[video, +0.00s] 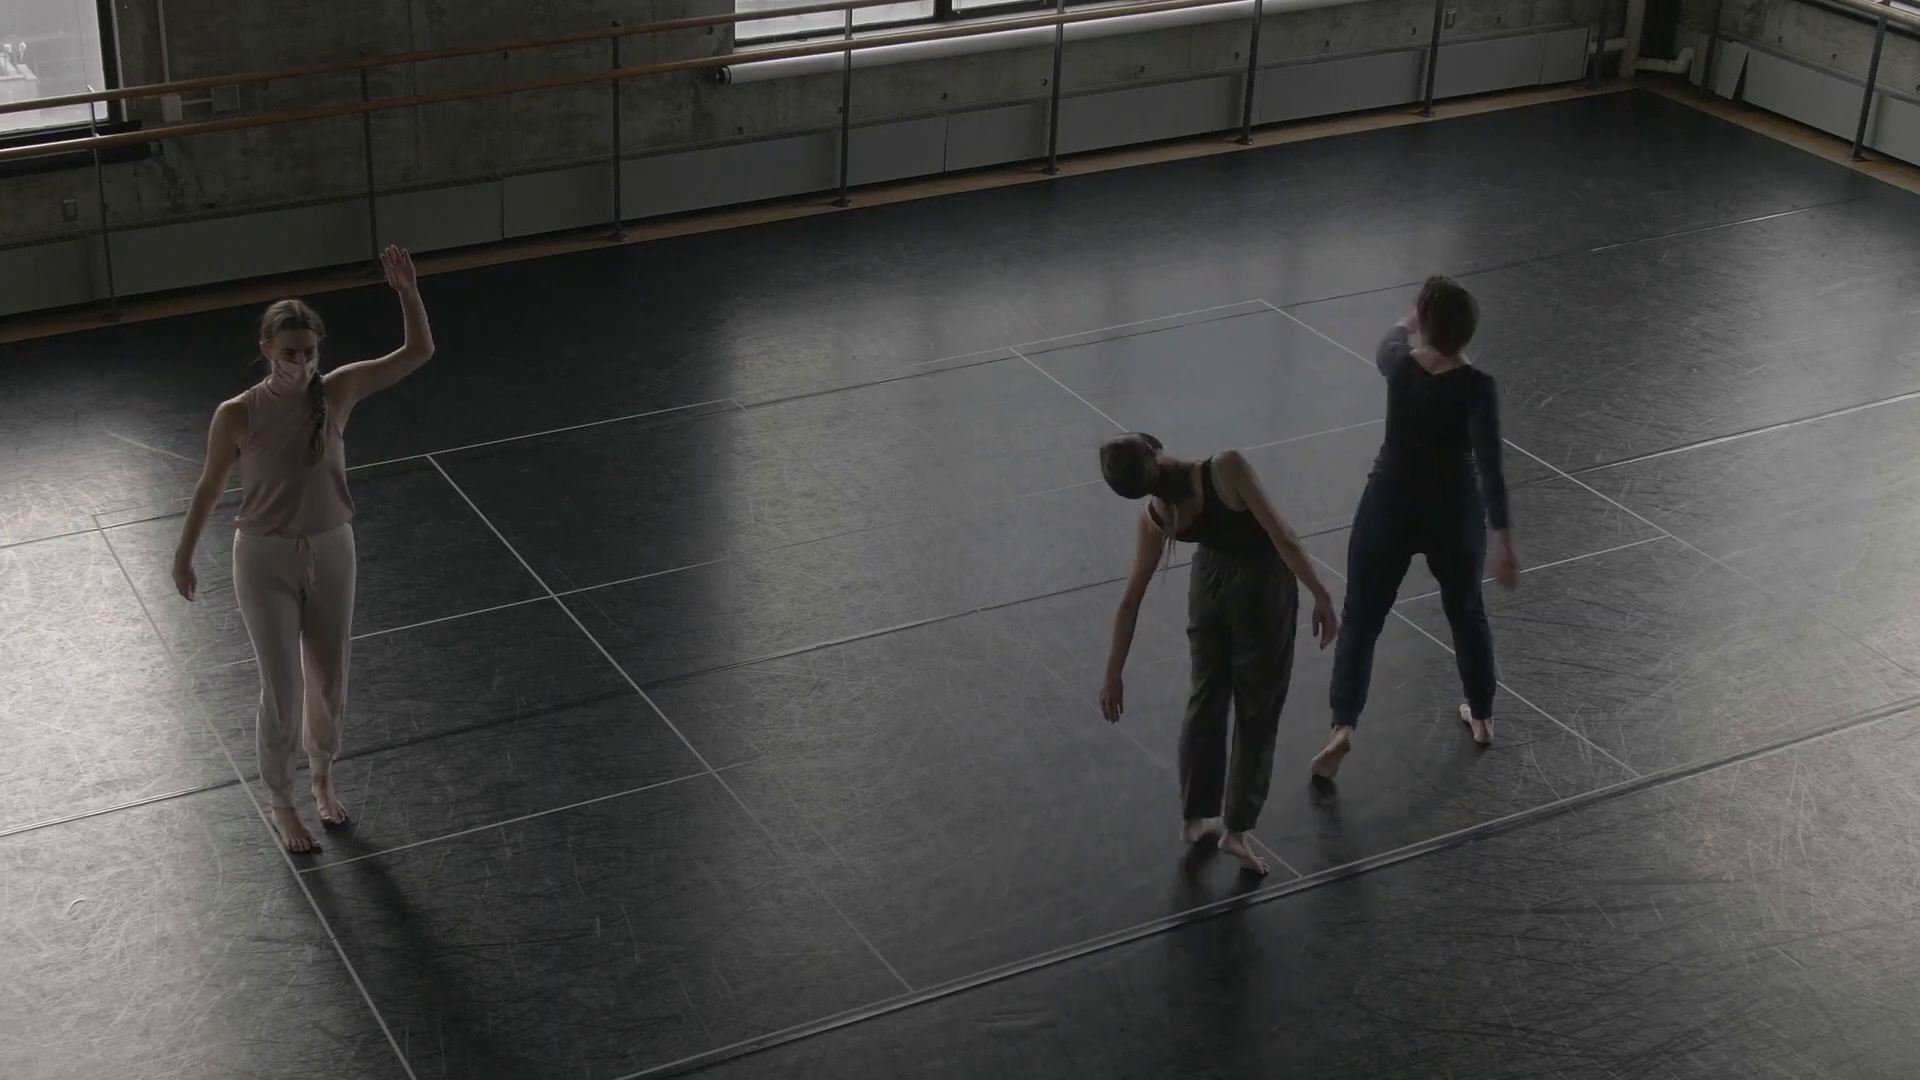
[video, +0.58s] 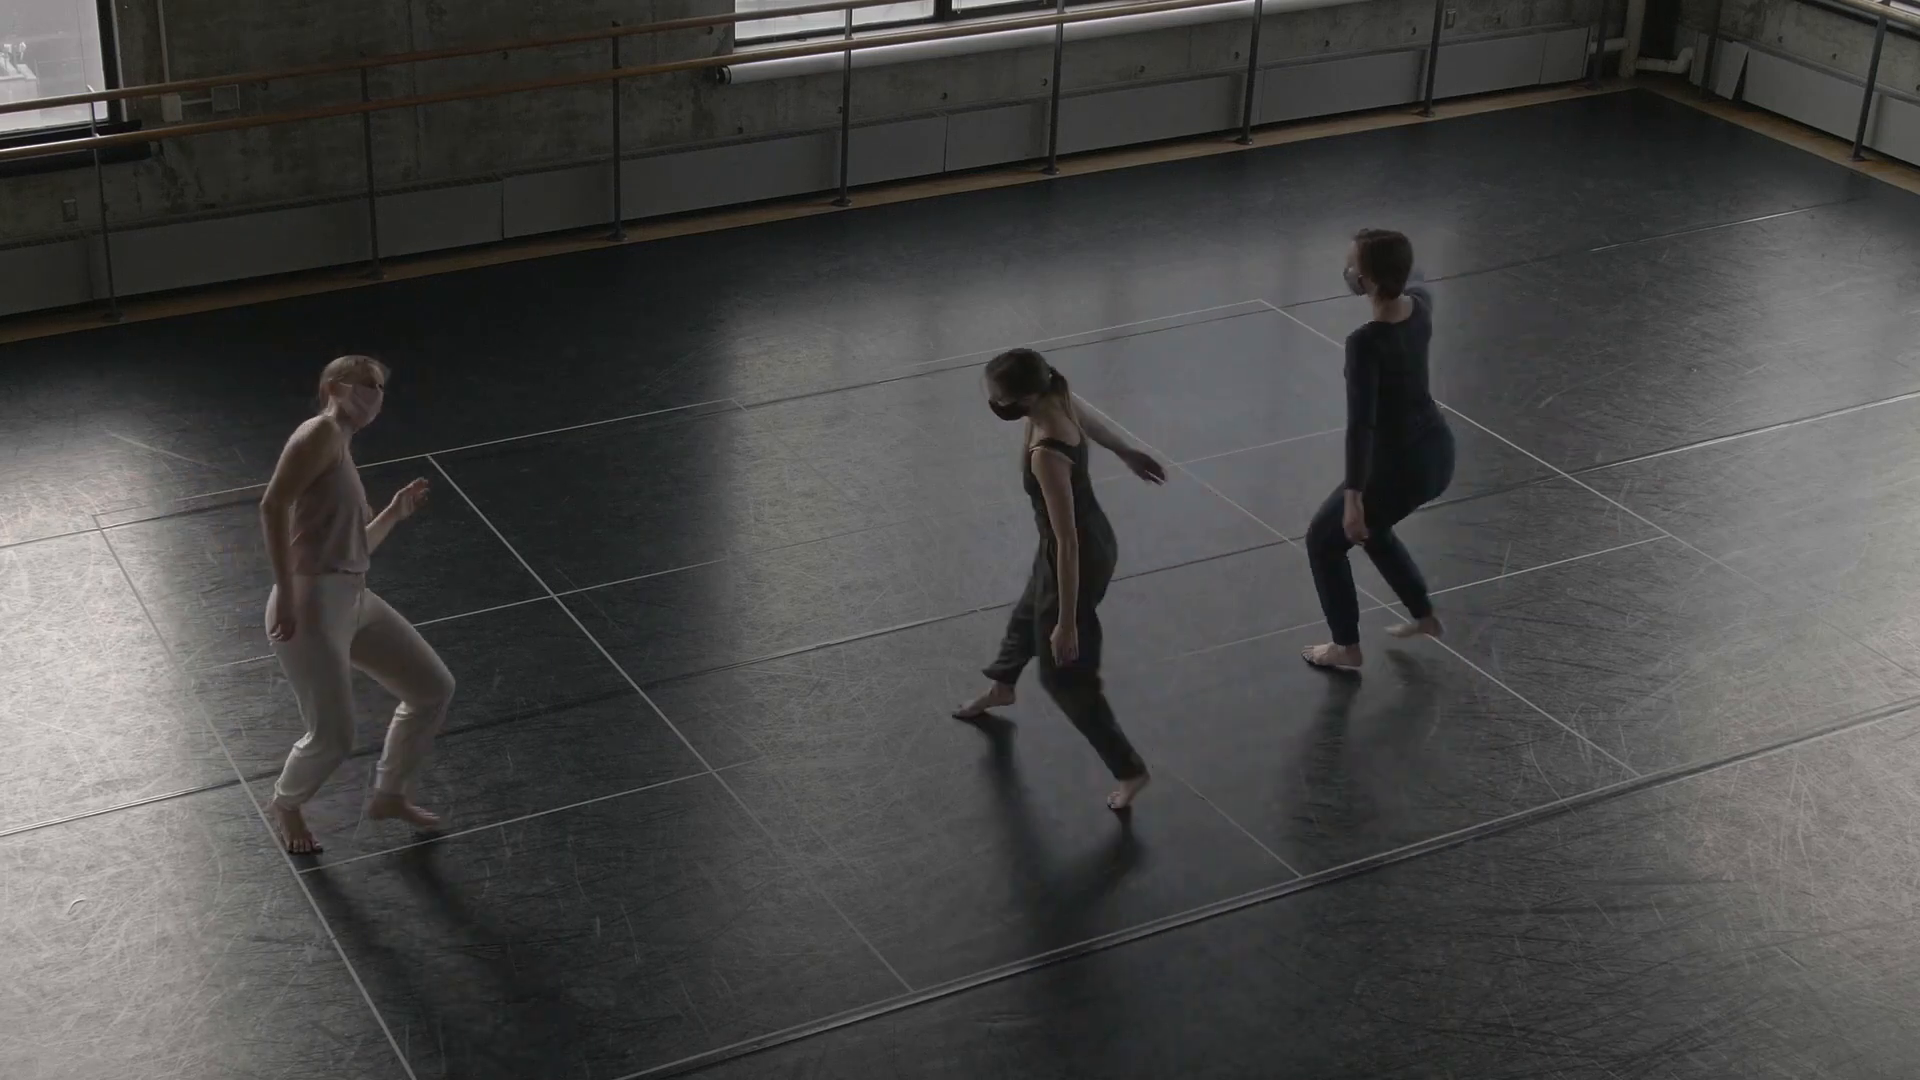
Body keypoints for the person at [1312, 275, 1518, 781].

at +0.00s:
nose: (1414, 322)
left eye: (1417, 316)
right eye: (1418, 314)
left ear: (1422, 325)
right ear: (1468, 331)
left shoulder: (1401, 366)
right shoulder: (1478, 386)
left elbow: (1390, 348)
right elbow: (1491, 465)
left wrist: (1407, 325)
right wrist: (1503, 537)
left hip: (1389, 509)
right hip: (1454, 515)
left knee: (1361, 615)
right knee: (1467, 612)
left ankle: (1343, 724)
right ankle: (1480, 718)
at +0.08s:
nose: (1432, 319)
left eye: (1435, 314)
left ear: (1437, 320)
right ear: (1482, 327)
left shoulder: (1407, 360)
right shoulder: (1492, 382)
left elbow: (1366, 355)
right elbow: (1532, 450)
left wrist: (1347, 335)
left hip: (1400, 510)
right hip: (1464, 514)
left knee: (1368, 602)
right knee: (1473, 609)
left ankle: (1364, 699)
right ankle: (1483, 718)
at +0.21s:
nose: (1432, 308)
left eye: (1433, 301)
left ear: (1433, 310)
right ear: (1481, 315)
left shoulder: (1401, 358)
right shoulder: (1498, 372)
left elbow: (1338, 372)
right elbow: (1569, 419)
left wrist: (1281, 373)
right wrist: (1637, 454)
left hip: (1403, 507)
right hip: (1467, 511)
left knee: (1355, 560)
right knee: (1474, 602)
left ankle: (1372, 670)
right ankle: (1483, 717)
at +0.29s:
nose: (1412, 291)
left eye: (1416, 285)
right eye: (1420, 283)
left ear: (1421, 296)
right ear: (1468, 300)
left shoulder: (1391, 351)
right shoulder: (1488, 356)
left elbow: (1326, 389)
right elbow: (1562, 382)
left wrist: (1261, 416)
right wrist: (1636, 401)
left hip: (1398, 497)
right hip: (1463, 499)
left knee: (1344, 543)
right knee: (1473, 604)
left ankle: (1350, 648)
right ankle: (1481, 717)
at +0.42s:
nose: (1386, 274)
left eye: (1389, 269)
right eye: (1389, 268)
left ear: (1396, 280)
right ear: (1440, 280)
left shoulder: (1370, 341)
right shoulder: (1460, 330)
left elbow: (1326, 410)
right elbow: (1521, 326)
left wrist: (1278, 470)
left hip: (1382, 475)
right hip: (1442, 474)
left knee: (1340, 549)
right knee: (1447, 569)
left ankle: (1345, 651)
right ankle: (1475, 678)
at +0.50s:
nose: (1365, 267)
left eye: (1371, 262)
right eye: (1369, 259)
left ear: (1382, 275)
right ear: (1420, 271)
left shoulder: (1365, 339)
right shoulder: (1440, 315)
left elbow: (1340, 419)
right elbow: (1474, 300)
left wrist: (1313, 491)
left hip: (1383, 466)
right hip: (1437, 459)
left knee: (1334, 540)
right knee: (1406, 541)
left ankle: (1343, 651)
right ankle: (1459, 642)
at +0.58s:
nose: (1348, 268)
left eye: (1353, 264)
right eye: (1351, 261)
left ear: (1370, 280)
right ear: (1401, 275)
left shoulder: (1364, 343)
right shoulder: (1419, 308)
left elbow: (1360, 426)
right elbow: (1414, 289)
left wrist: (1352, 497)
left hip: (1399, 470)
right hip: (1436, 456)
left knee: (1321, 538)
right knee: (1369, 524)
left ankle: (1346, 648)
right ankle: (1425, 618)